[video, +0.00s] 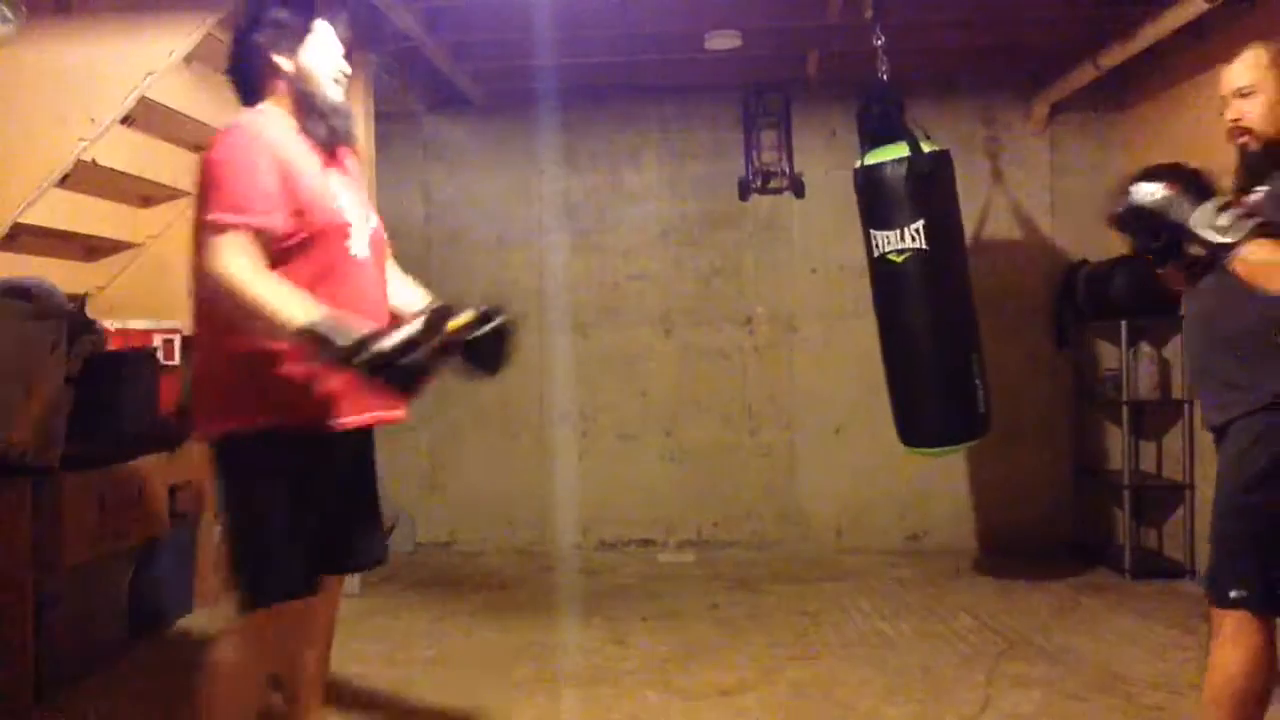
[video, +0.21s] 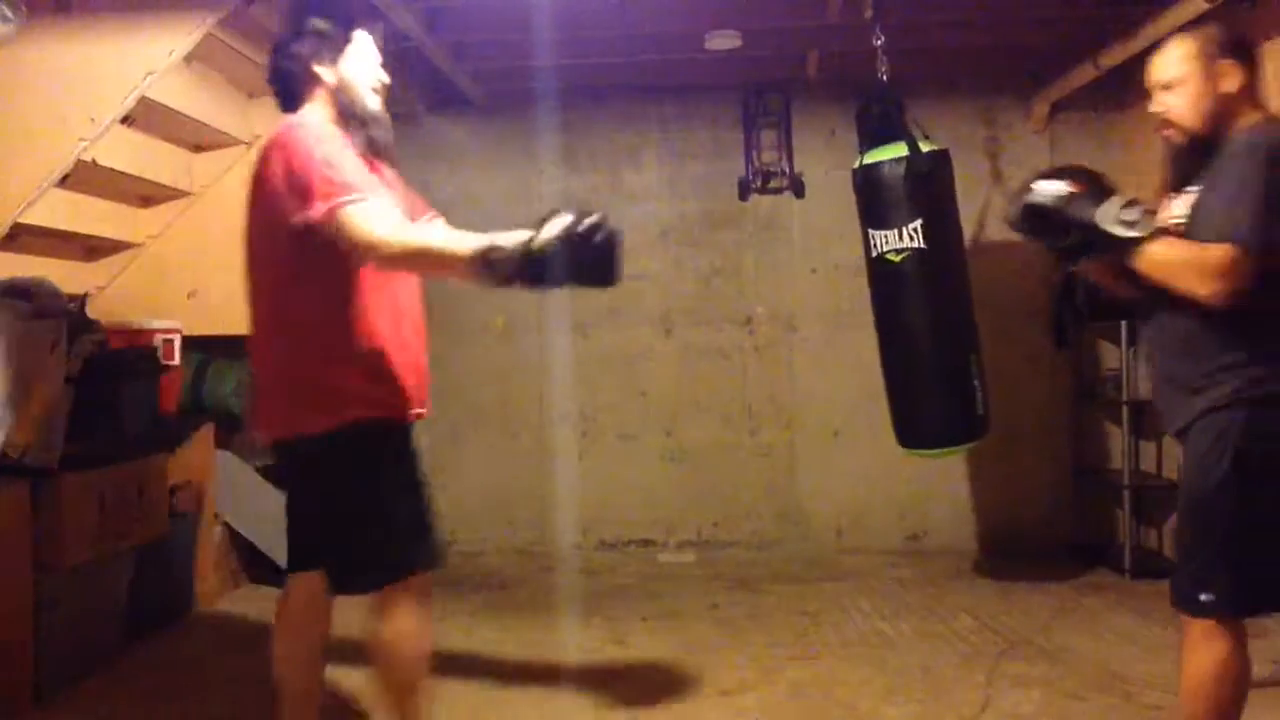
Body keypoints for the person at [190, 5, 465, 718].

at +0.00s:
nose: (345, 62)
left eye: (342, 47)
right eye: (328, 45)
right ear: (278, 55)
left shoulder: (337, 152)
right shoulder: (246, 138)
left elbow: (374, 267)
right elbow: (226, 264)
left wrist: (437, 320)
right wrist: (336, 329)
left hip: (334, 412)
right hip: (267, 415)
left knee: (322, 588)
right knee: (274, 608)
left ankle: (305, 711)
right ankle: (231, 711)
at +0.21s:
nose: (385, 75)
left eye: (381, 59)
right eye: (371, 55)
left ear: (322, 66)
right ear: (319, 61)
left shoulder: (352, 155)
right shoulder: (301, 140)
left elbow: (432, 236)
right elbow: (372, 238)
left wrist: (528, 251)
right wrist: (515, 252)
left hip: (343, 410)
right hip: (341, 413)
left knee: (309, 582)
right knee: (404, 584)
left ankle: (298, 712)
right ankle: (408, 711)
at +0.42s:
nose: (445, 87)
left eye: (439, 71)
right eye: (431, 70)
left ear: (381, 82)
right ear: (382, 77)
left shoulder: (370, 154)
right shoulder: (374, 154)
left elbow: (499, 230)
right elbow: (479, 227)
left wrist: (626, 220)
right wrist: (616, 225)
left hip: (376, 427)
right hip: (425, 423)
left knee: (363, 589)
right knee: (494, 589)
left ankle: (311, 713)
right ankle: (528, 710)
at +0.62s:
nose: (536, 72)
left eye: (532, 58)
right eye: (521, 58)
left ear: (478, 74)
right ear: (472, 70)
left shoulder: (459, 145)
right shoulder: (462, 145)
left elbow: (597, 216)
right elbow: (595, 219)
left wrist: (724, 207)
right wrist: (728, 211)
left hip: (454, 421)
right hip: (499, 422)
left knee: (431, 577)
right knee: (561, 591)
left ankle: (333, 708)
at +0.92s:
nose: (609, 79)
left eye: (608, 63)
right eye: (599, 62)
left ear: (548, 68)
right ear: (556, 62)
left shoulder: (526, 131)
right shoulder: (527, 127)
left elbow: (645, 226)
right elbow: (652, 206)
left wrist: (719, 170)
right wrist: (728, 132)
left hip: (506, 407)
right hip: (537, 410)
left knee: (495, 571)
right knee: (584, 592)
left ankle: (405, 705)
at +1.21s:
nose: (666, 95)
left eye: (667, 77)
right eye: (660, 75)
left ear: (601, 70)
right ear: (617, 68)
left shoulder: (560, 128)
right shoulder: (592, 132)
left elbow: (727, 176)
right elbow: (750, 169)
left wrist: (819, 135)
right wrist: (833, 96)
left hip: (480, 392)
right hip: (533, 396)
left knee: (473, 564)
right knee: (577, 586)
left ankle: (399, 708)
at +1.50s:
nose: (697, 99)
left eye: (701, 81)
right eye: (693, 78)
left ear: (634, 66)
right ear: (650, 64)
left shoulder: (591, 122)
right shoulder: (621, 129)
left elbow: (725, 237)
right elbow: (737, 231)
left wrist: (830, 186)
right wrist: (841, 171)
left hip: (491, 383)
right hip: (545, 390)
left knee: (468, 562)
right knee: (575, 588)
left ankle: (400, 710)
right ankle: (570, 719)